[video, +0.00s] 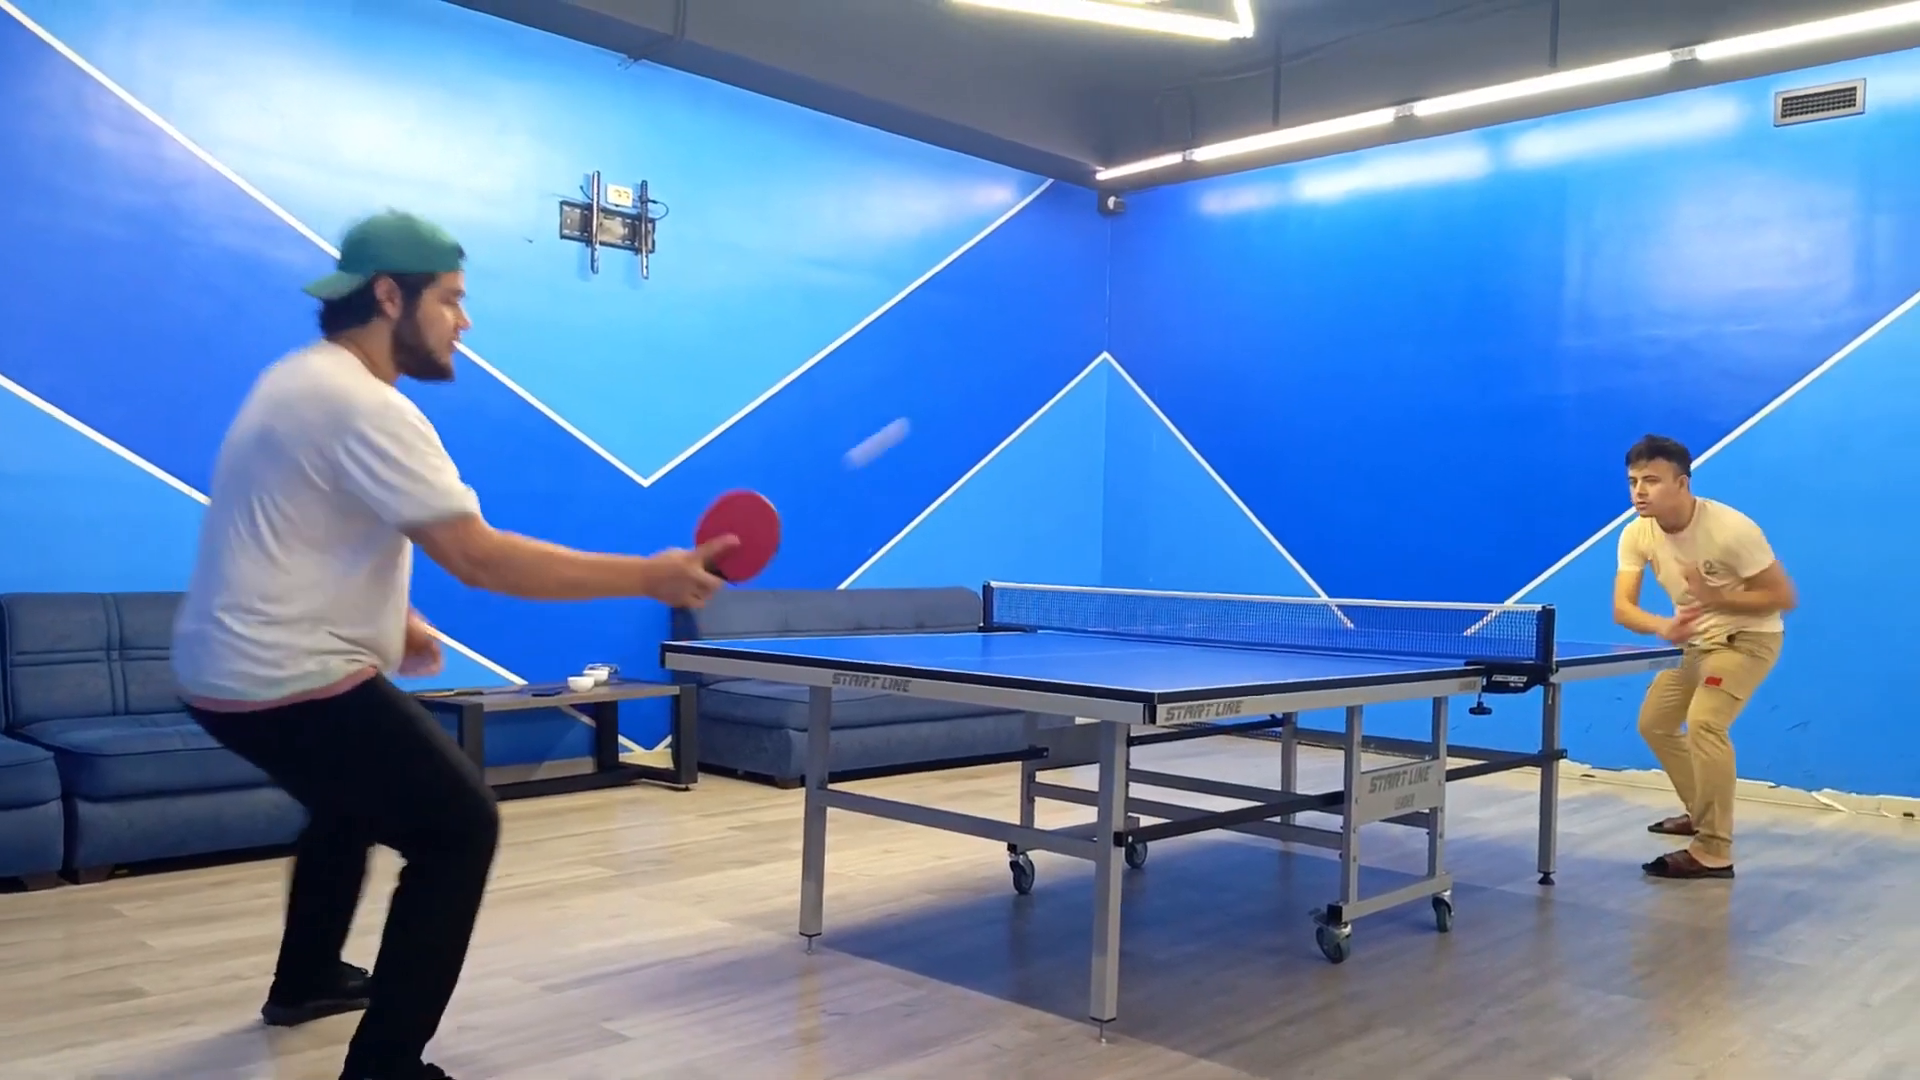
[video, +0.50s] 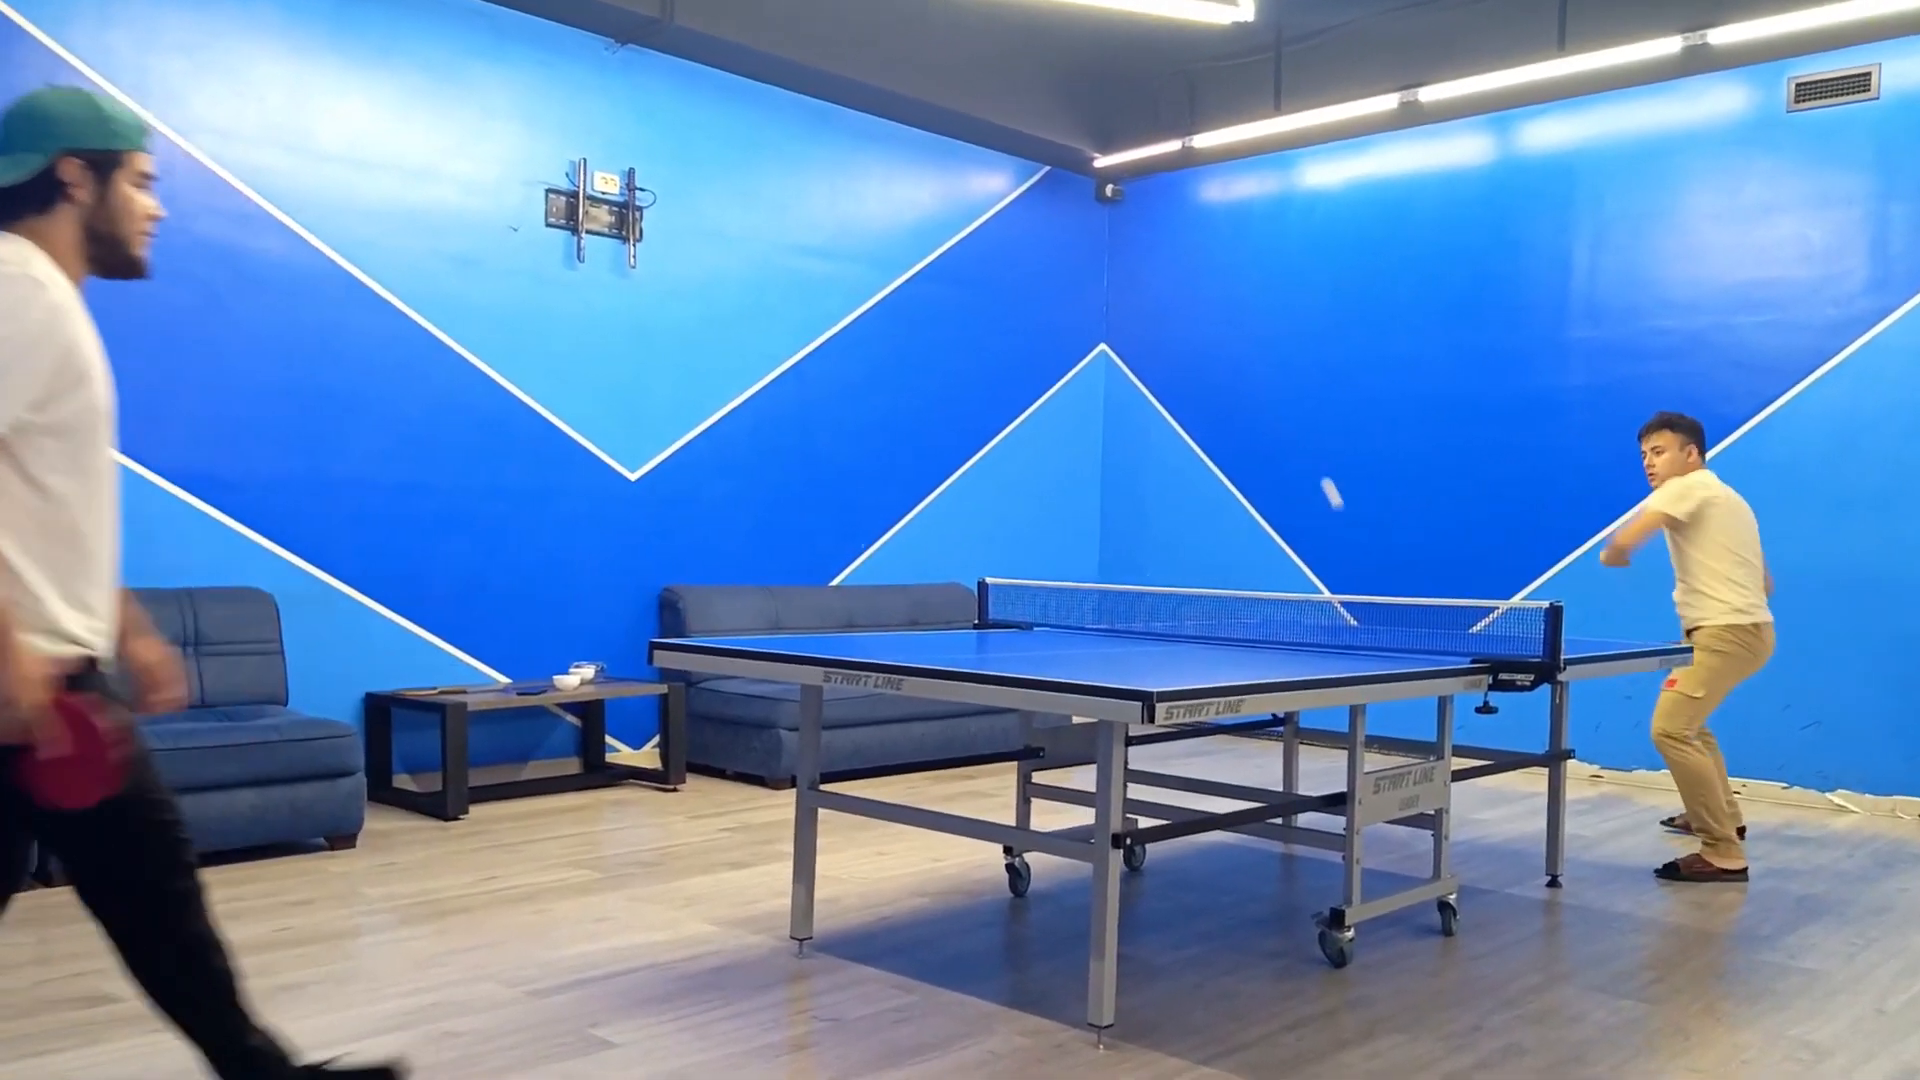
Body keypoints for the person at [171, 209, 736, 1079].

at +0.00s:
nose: (463, 323)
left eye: (461, 304)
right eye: (450, 302)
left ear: (382, 300)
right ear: (388, 298)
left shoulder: (298, 381)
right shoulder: (362, 408)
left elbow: (291, 540)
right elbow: (478, 556)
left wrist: (382, 616)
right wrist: (649, 575)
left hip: (235, 671)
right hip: (296, 677)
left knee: (347, 799)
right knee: (457, 826)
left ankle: (306, 977)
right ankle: (388, 1062)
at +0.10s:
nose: (381, 276)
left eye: (379, 256)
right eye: (370, 255)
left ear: (303, 259)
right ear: (311, 256)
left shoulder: (208, 344)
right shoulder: (291, 375)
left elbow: (244, 503)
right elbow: (388, 534)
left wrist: (351, 578)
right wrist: (562, 581)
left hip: (145, 651)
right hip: (225, 659)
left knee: (259, 789)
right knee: (372, 821)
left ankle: (193, 997)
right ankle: (342, 1054)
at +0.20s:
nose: (287, 239)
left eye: (283, 217)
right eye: (273, 216)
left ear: (207, 220)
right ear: (217, 218)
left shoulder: (115, 316)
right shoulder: (189, 340)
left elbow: (164, 493)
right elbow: (224, 514)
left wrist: (273, 560)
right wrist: (403, 599)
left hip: (65, 637)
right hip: (141, 644)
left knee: (154, 806)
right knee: (274, 818)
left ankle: (9, 1015)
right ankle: (295, 1052)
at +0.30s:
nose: (242, 222)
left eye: (238, 200)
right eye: (228, 200)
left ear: (168, 205)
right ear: (167, 201)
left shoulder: (123, 315)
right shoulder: (118, 317)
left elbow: (164, 518)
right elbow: (110, 499)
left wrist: (286, 601)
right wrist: (265, 607)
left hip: (65, 663)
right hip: (116, 664)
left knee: (39, 869)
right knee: (228, 856)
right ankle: (300, 1052)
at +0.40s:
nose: (197, 221)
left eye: (194, 200)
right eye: (181, 198)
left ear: (117, 201)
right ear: (116, 197)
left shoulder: (84, 314)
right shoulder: (52, 312)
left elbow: (86, 501)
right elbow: (7, 493)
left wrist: (197, 593)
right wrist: (124, 638)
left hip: (64, 675)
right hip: (56, 679)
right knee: (184, 880)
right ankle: (296, 1061)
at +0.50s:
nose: (157, 208)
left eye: (153, 184)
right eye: (140, 182)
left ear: (81, 184)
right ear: (73, 180)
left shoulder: (53, 301)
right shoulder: (21, 293)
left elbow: (39, 502)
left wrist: (127, 625)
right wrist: (7, 643)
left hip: (63, 677)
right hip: (28, 681)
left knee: (152, 888)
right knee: (148, 887)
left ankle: (255, 1061)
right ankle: (255, 1061)